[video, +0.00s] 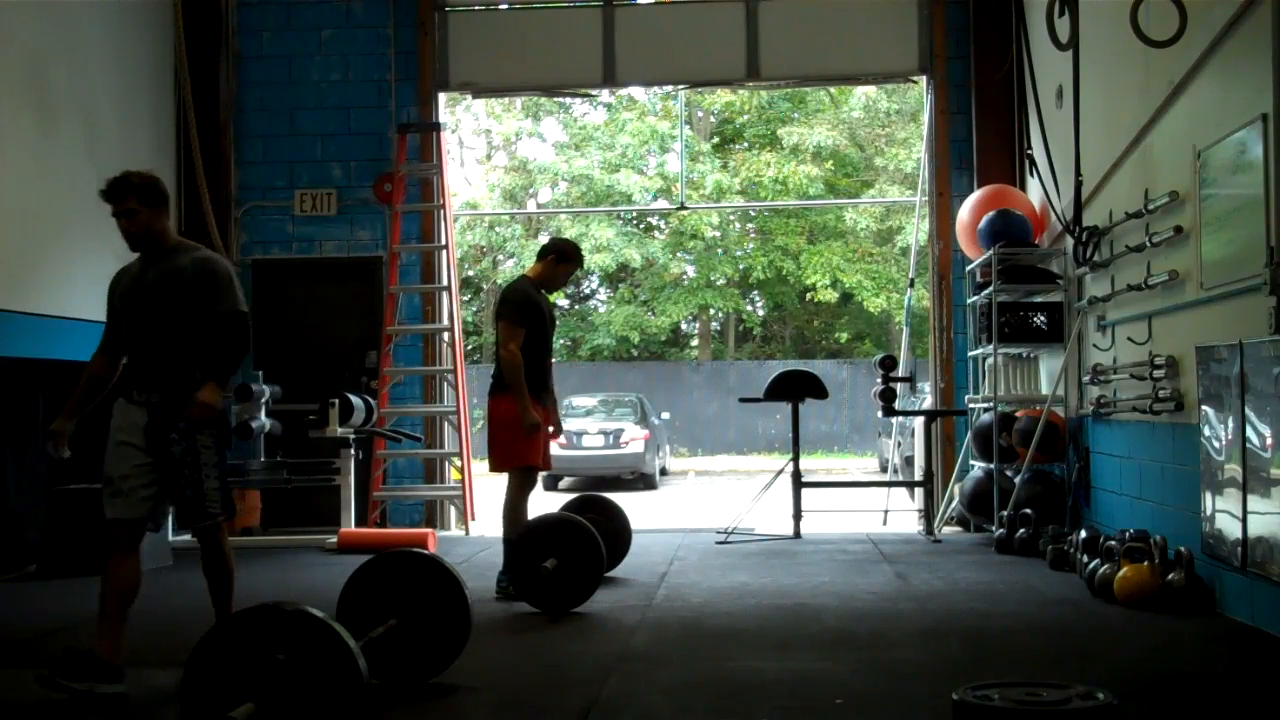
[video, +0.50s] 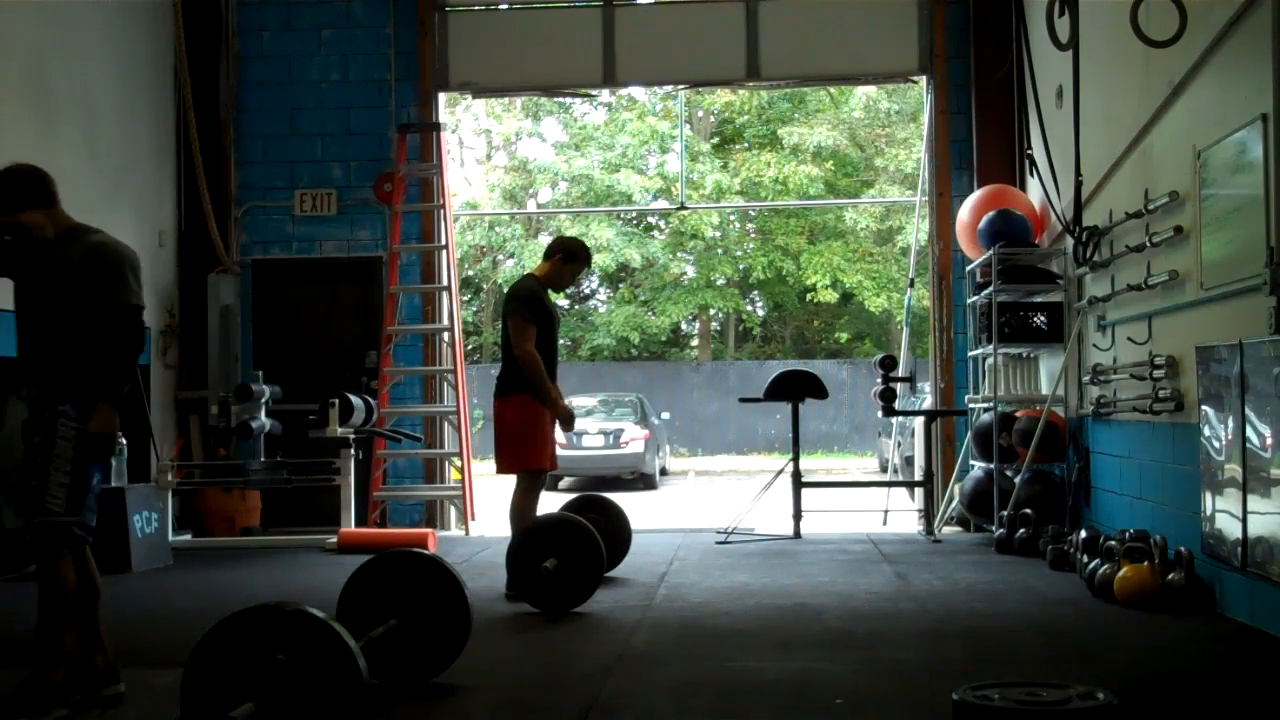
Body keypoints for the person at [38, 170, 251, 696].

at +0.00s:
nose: (122, 226)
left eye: (129, 215)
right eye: (118, 217)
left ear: (157, 211)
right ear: (121, 220)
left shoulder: (210, 270)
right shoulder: (125, 281)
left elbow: (237, 337)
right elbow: (108, 355)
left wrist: (215, 385)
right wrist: (71, 415)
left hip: (194, 418)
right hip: (135, 419)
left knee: (210, 533)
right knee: (122, 535)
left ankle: (225, 637)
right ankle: (108, 655)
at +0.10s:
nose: (93, 225)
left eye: (99, 214)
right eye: (90, 216)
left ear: (129, 210)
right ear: (113, 216)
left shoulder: (186, 267)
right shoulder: (106, 281)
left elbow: (208, 340)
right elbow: (91, 354)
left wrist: (187, 393)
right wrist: (47, 410)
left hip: (170, 421)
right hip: (112, 419)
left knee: (190, 529)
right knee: (103, 538)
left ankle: (221, 630)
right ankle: (99, 659)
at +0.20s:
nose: (65, 225)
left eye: (69, 213)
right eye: (63, 215)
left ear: (98, 207)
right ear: (90, 210)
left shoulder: (163, 263)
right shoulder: (87, 275)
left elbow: (186, 344)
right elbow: (64, 341)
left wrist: (167, 401)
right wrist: (20, 379)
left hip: (150, 422)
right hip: (94, 423)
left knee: (156, 529)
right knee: (88, 543)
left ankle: (211, 617)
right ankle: (96, 660)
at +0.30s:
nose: (45, 227)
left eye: (47, 215)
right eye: (42, 217)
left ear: (72, 207)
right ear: (77, 207)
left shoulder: (142, 259)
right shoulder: (68, 269)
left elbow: (168, 338)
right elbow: (21, 322)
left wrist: (147, 403)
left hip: (125, 420)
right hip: (78, 419)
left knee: (118, 535)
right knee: (78, 542)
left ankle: (177, 611)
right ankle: (95, 661)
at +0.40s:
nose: (24, 224)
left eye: (25, 214)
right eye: (21, 216)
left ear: (45, 206)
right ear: (64, 200)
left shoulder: (124, 256)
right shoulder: (47, 259)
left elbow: (145, 335)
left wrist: (128, 401)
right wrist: (9, 274)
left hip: (103, 412)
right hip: (66, 410)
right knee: (71, 532)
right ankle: (91, 658)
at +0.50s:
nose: (12, 233)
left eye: (14, 221)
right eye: (8, 224)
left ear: (32, 209)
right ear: (46, 201)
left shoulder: (106, 257)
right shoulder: (33, 259)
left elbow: (125, 343)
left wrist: (110, 407)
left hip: (82, 418)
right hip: (48, 416)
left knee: (60, 544)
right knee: (67, 543)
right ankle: (92, 668)